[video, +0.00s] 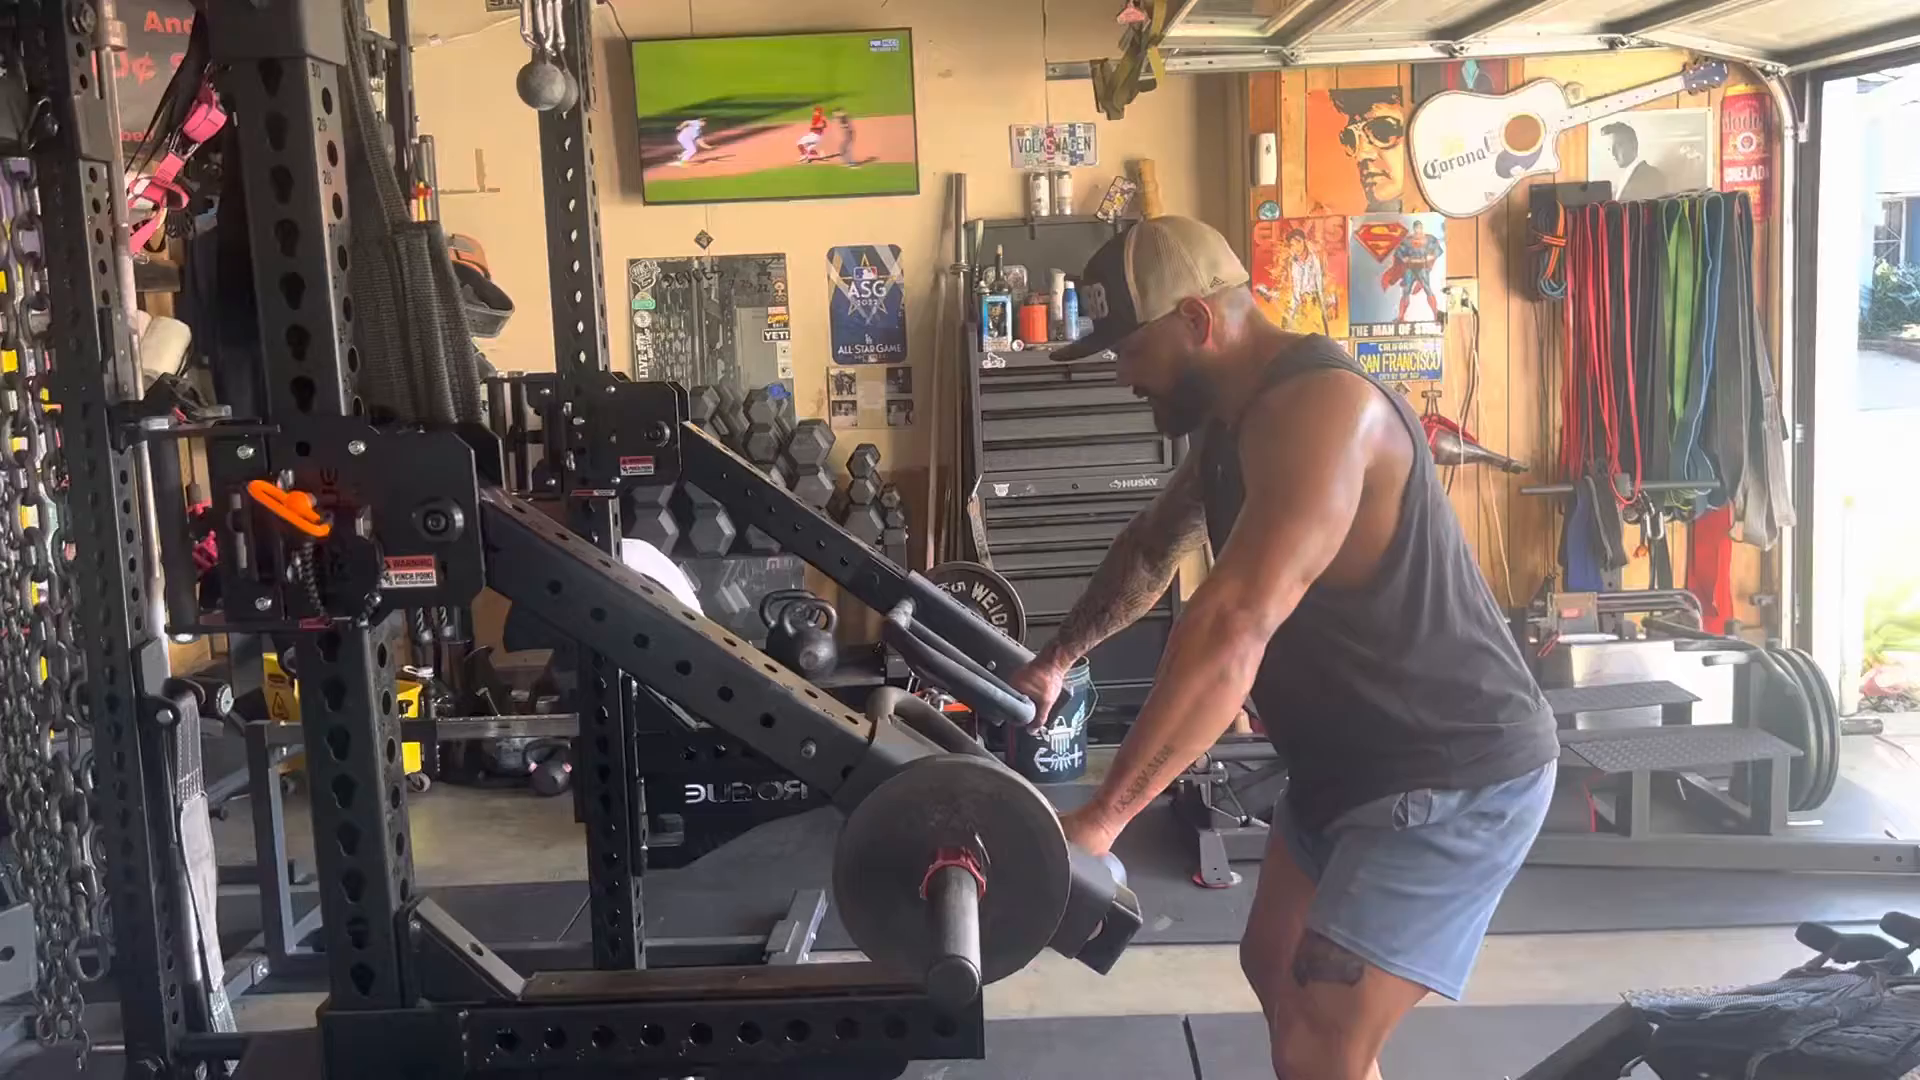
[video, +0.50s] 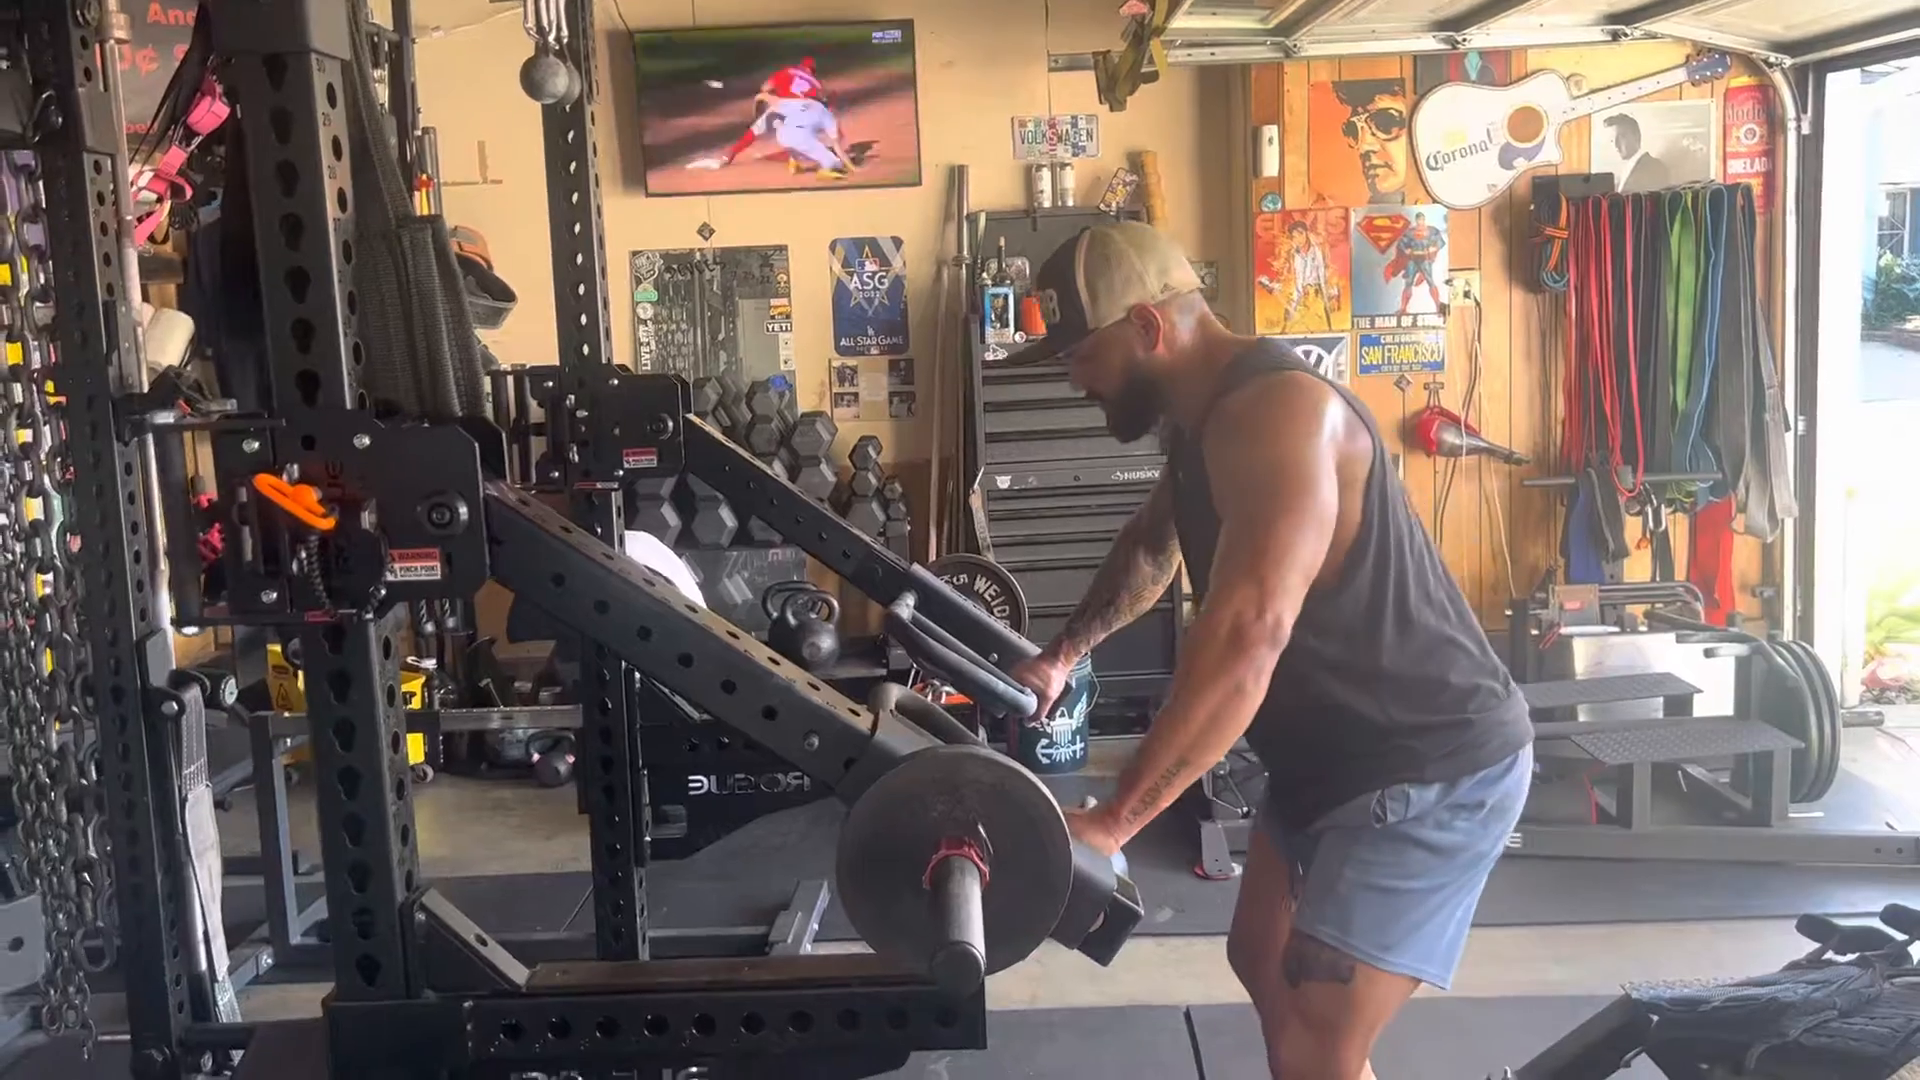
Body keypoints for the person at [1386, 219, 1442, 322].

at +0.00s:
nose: (1418, 231)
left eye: (1420, 228)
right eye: (1416, 229)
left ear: (1423, 229)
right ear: (1413, 229)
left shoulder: (1430, 239)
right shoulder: (1407, 240)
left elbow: (1438, 250)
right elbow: (1398, 252)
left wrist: (1431, 257)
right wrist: (1404, 259)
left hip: (1423, 265)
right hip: (1410, 265)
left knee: (1427, 289)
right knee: (1406, 291)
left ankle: (1435, 314)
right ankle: (1401, 316)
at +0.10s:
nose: (1419, 228)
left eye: (1421, 226)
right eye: (1417, 226)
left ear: (1423, 226)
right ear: (1414, 227)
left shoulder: (1431, 237)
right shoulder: (1408, 238)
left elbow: (1439, 248)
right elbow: (1399, 249)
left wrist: (1433, 254)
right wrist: (1405, 256)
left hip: (1424, 263)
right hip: (1411, 263)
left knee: (1428, 287)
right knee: (1407, 288)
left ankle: (1436, 312)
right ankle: (1401, 314)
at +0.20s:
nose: (1419, 226)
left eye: (1421, 224)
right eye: (1417, 224)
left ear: (1423, 225)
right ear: (1414, 225)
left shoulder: (1431, 235)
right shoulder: (1408, 236)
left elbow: (1439, 246)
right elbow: (1399, 247)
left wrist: (1432, 252)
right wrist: (1405, 254)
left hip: (1424, 261)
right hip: (1411, 260)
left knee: (1428, 285)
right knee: (1407, 286)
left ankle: (1436, 310)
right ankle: (1401, 312)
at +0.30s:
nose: (1419, 225)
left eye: (1421, 222)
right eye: (1417, 223)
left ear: (1424, 223)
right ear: (1414, 223)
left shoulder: (1431, 233)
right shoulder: (1408, 234)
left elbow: (1439, 244)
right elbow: (1399, 246)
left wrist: (1433, 251)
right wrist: (1405, 253)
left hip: (1424, 260)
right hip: (1411, 260)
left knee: (1429, 283)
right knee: (1407, 285)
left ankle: (1436, 308)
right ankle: (1402, 310)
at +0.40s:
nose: (1420, 224)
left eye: (1422, 221)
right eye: (1418, 222)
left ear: (1424, 222)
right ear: (1415, 222)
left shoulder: (1432, 233)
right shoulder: (1409, 234)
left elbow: (1440, 243)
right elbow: (1400, 245)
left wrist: (1433, 250)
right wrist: (1406, 252)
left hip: (1425, 259)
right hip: (1412, 259)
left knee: (1429, 283)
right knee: (1408, 284)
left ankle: (1437, 308)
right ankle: (1402, 310)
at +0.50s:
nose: (1420, 222)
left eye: (1422, 220)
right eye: (1419, 220)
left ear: (1425, 220)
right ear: (1416, 221)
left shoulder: (1432, 231)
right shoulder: (1410, 232)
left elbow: (1441, 242)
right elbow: (1400, 243)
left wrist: (1433, 249)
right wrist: (1406, 251)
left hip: (1425, 257)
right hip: (1413, 257)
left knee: (1430, 281)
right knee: (1408, 282)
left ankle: (1438, 306)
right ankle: (1403, 308)